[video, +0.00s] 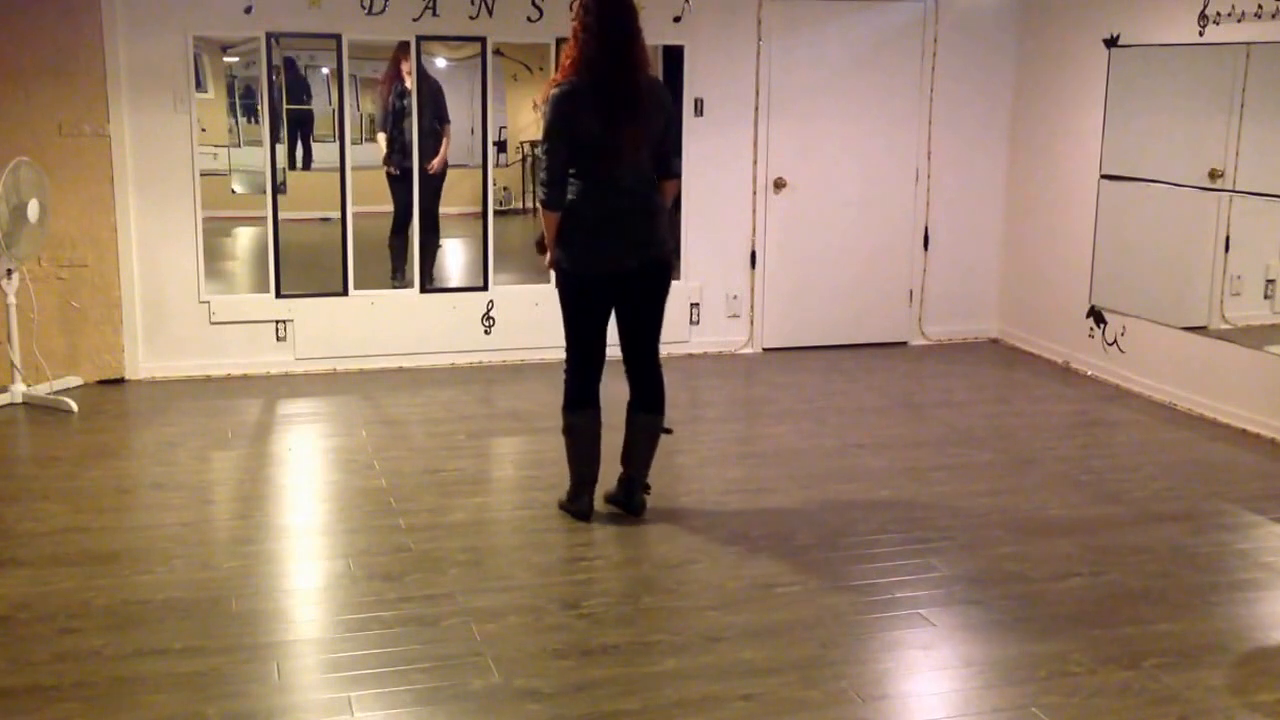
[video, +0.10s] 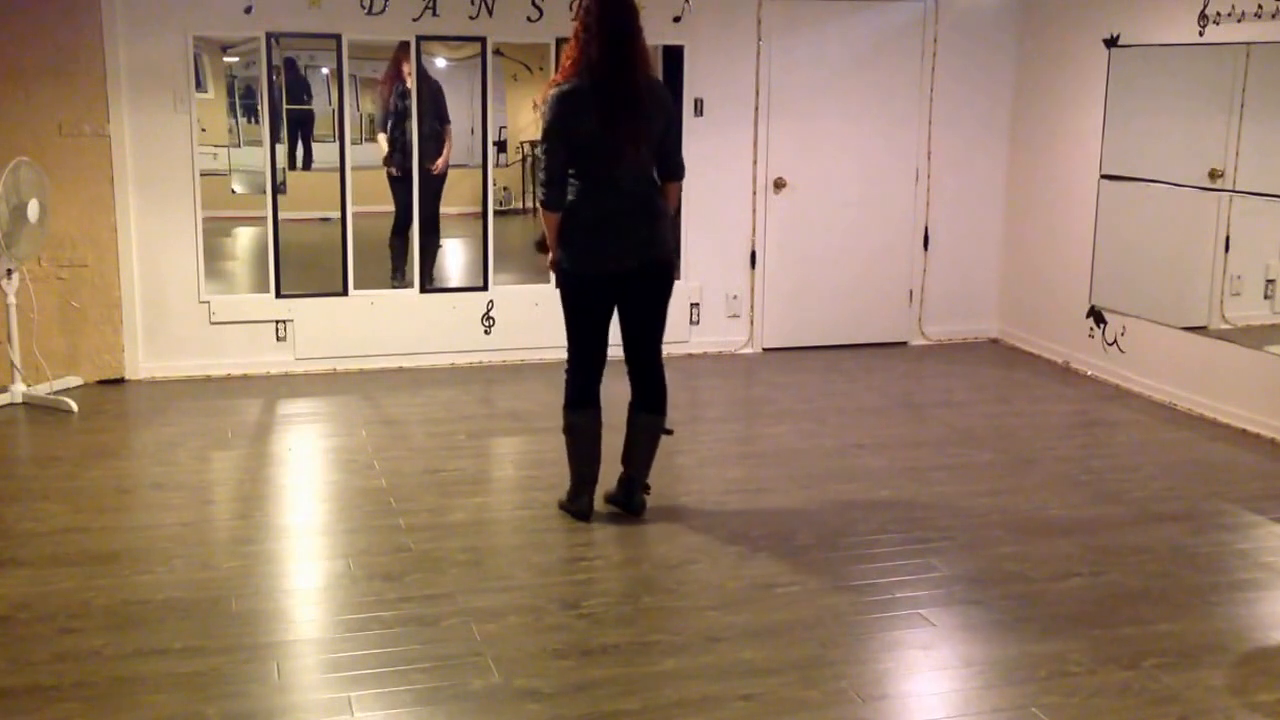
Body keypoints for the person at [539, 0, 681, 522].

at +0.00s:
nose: (570, 33)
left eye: (575, 25)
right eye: (576, 23)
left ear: (581, 34)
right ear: (633, 34)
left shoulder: (568, 95)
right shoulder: (658, 94)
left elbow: (554, 185)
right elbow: (669, 179)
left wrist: (551, 245)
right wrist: (649, 226)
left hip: (585, 251)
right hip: (647, 252)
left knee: (582, 367)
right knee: (644, 362)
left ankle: (581, 491)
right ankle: (634, 485)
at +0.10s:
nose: (572, 33)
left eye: (576, 25)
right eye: (577, 23)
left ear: (584, 35)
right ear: (635, 34)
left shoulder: (568, 97)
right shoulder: (658, 95)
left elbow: (552, 187)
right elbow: (671, 176)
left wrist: (554, 247)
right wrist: (664, 238)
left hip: (586, 252)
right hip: (649, 253)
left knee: (583, 367)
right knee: (647, 363)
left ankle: (581, 490)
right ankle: (634, 485)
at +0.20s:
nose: (575, 32)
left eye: (579, 23)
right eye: (580, 21)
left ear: (586, 37)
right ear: (636, 35)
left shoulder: (565, 99)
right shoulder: (659, 96)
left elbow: (549, 190)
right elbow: (677, 180)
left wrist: (557, 248)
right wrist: (667, 236)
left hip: (587, 253)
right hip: (652, 252)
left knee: (586, 365)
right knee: (648, 363)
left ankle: (582, 490)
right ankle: (634, 486)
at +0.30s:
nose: (576, 34)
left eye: (580, 26)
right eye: (581, 24)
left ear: (586, 38)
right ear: (637, 38)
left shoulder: (564, 100)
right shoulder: (659, 97)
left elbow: (547, 193)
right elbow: (679, 185)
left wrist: (563, 245)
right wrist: (668, 236)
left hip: (588, 256)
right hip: (653, 255)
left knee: (588, 364)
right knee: (648, 364)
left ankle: (581, 490)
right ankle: (634, 486)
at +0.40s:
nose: (577, 33)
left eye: (581, 25)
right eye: (582, 23)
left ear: (586, 37)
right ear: (638, 37)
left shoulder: (564, 99)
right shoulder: (659, 97)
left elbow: (545, 194)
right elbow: (680, 184)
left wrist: (567, 240)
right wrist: (672, 236)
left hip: (589, 255)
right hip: (654, 254)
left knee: (589, 363)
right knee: (648, 364)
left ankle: (582, 489)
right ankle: (634, 486)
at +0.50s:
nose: (578, 32)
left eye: (582, 24)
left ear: (585, 36)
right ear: (638, 37)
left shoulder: (562, 98)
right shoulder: (658, 96)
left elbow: (545, 193)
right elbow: (678, 181)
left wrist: (570, 236)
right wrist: (676, 236)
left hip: (589, 255)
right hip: (654, 253)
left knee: (589, 362)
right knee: (648, 364)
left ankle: (582, 489)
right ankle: (634, 486)